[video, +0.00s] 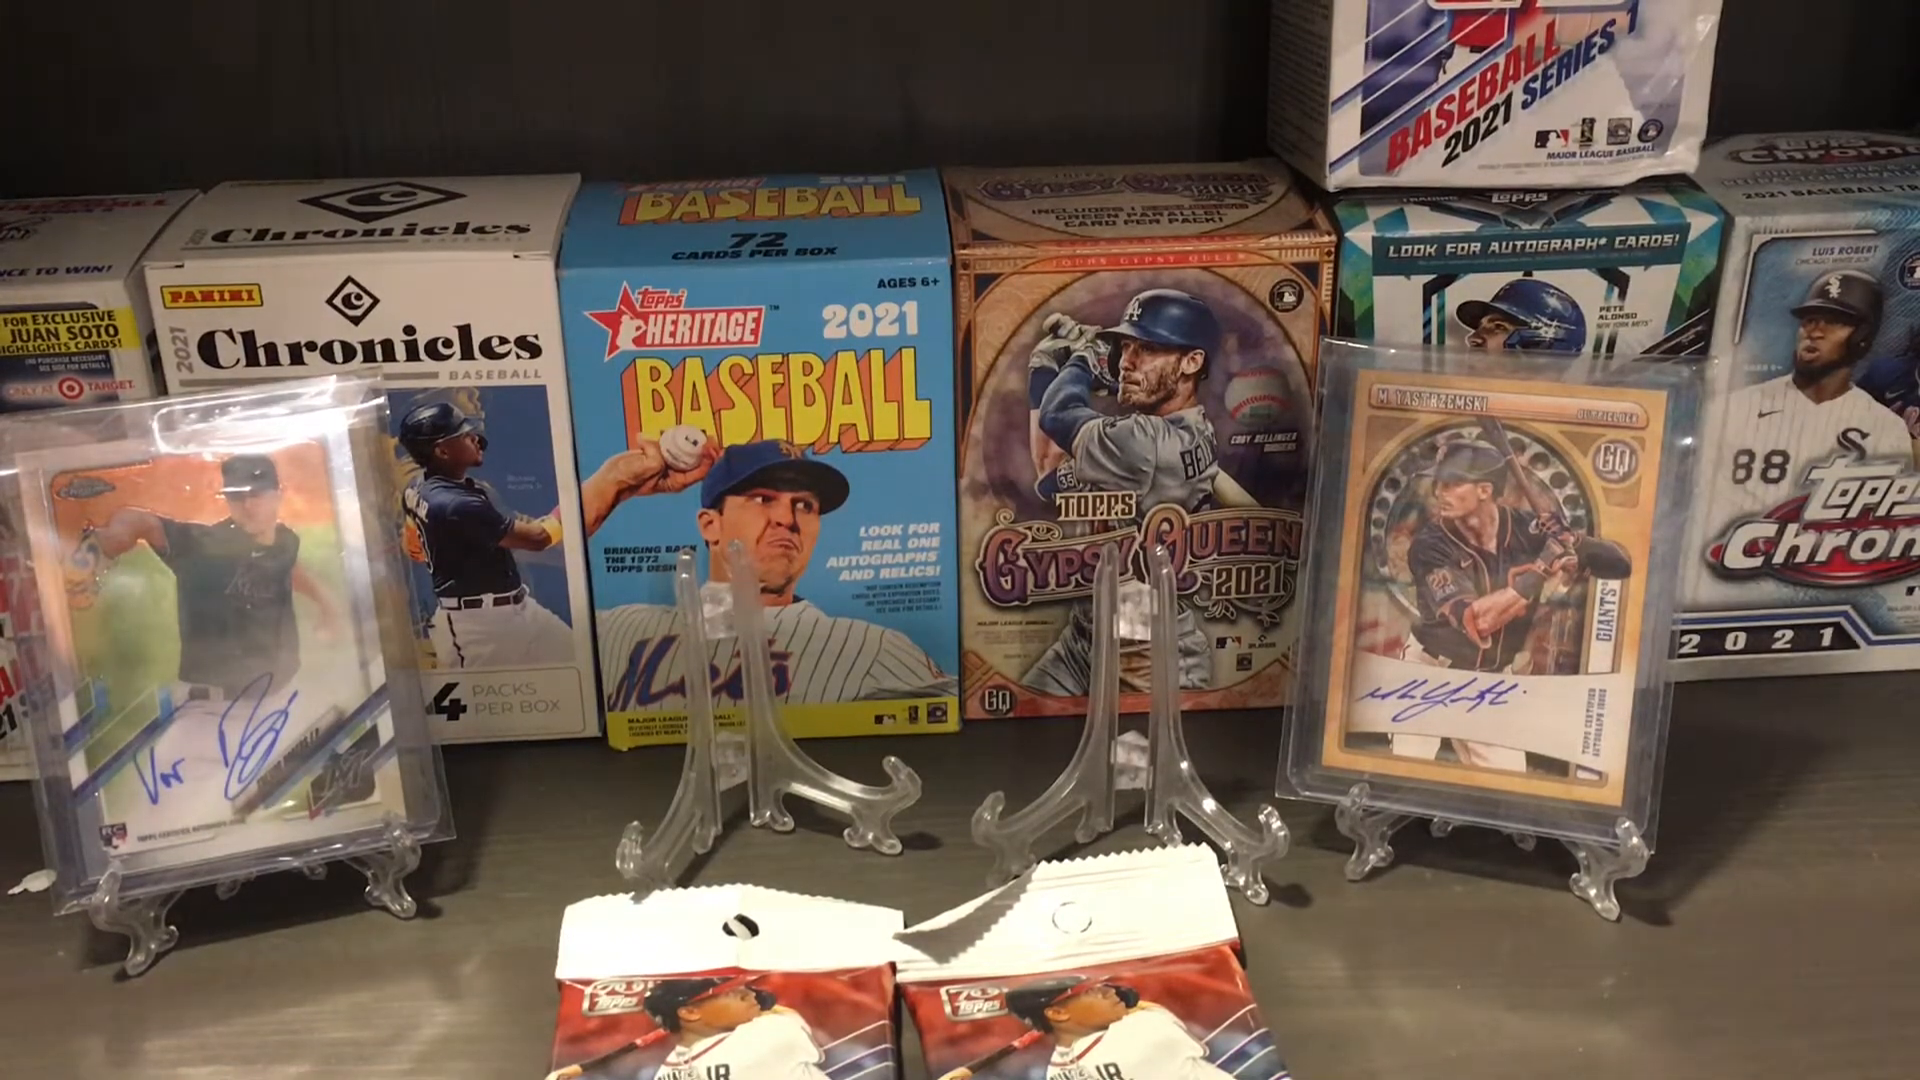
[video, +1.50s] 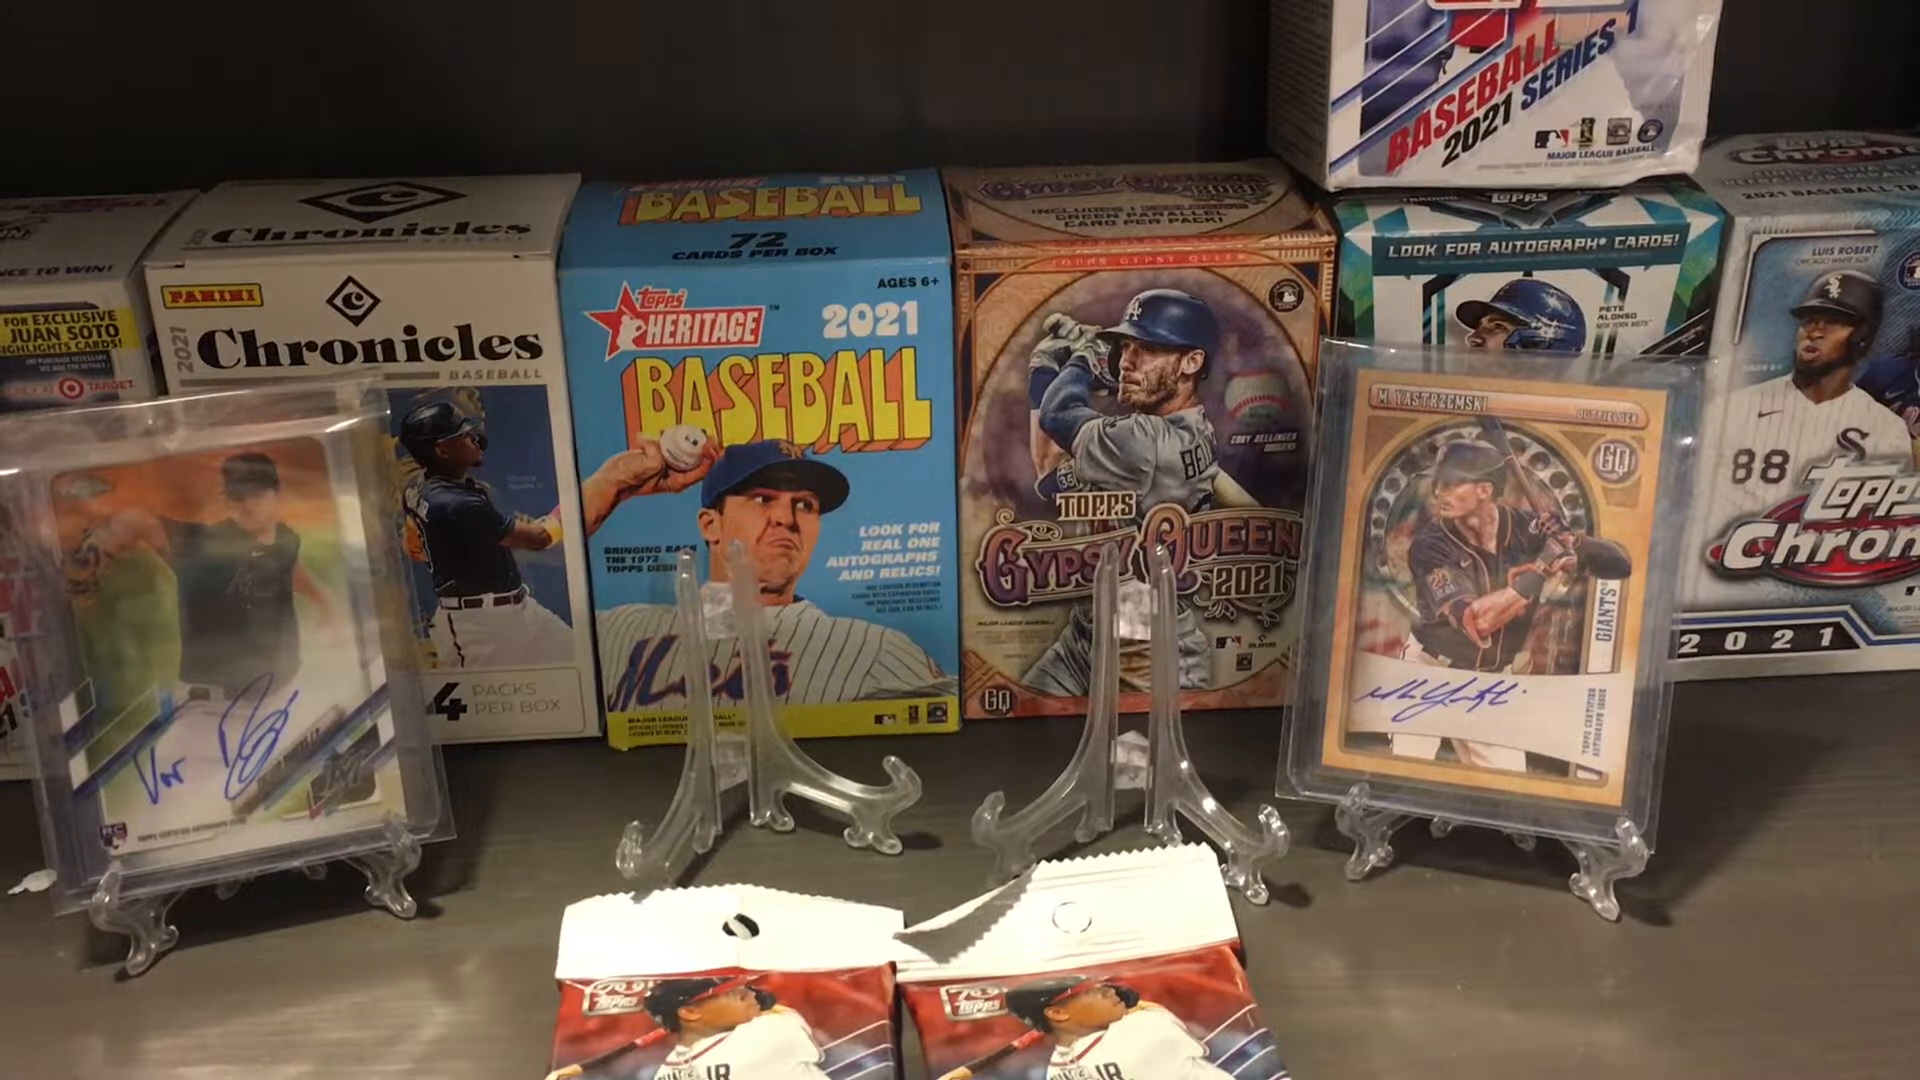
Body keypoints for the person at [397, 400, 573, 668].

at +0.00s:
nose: (476, 437)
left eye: (470, 431)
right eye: (465, 433)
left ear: (443, 451)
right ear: (442, 450)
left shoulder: (420, 490)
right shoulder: (459, 507)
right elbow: (538, 538)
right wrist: (570, 509)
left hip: (520, 609)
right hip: (474, 623)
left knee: (588, 664)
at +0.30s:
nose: (476, 436)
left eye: (470, 430)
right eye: (465, 432)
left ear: (442, 450)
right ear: (441, 449)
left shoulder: (419, 489)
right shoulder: (460, 506)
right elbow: (538, 537)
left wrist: (546, 521)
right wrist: (567, 511)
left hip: (520, 609)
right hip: (474, 623)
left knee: (588, 663)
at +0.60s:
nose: (475, 436)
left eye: (469, 429)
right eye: (465, 433)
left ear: (442, 451)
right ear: (441, 450)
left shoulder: (420, 489)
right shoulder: (461, 507)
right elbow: (539, 537)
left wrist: (538, 524)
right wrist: (567, 510)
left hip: (519, 609)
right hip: (474, 623)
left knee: (587, 663)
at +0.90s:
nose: (476, 436)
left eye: (470, 430)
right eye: (465, 433)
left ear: (442, 451)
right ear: (442, 450)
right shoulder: (461, 507)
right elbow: (539, 537)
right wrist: (568, 509)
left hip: (519, 609)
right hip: (474, 623)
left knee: (588, 664)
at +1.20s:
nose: (476, 437)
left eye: (470, 430)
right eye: (465, 433)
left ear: (442, 451)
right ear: (442, 450)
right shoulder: (461, 507)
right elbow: (539, 538)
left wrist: (541, 524)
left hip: (520, 609)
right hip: (474, 623)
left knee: (587, 665)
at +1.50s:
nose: (476, 437)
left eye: (470, 431)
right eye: (465, 434)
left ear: (443, 451)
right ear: (442, 450)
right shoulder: (460, 507)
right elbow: (539, 538)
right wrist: (569, 510)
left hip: (519, 608)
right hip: (474, 623)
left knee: (587, 665)